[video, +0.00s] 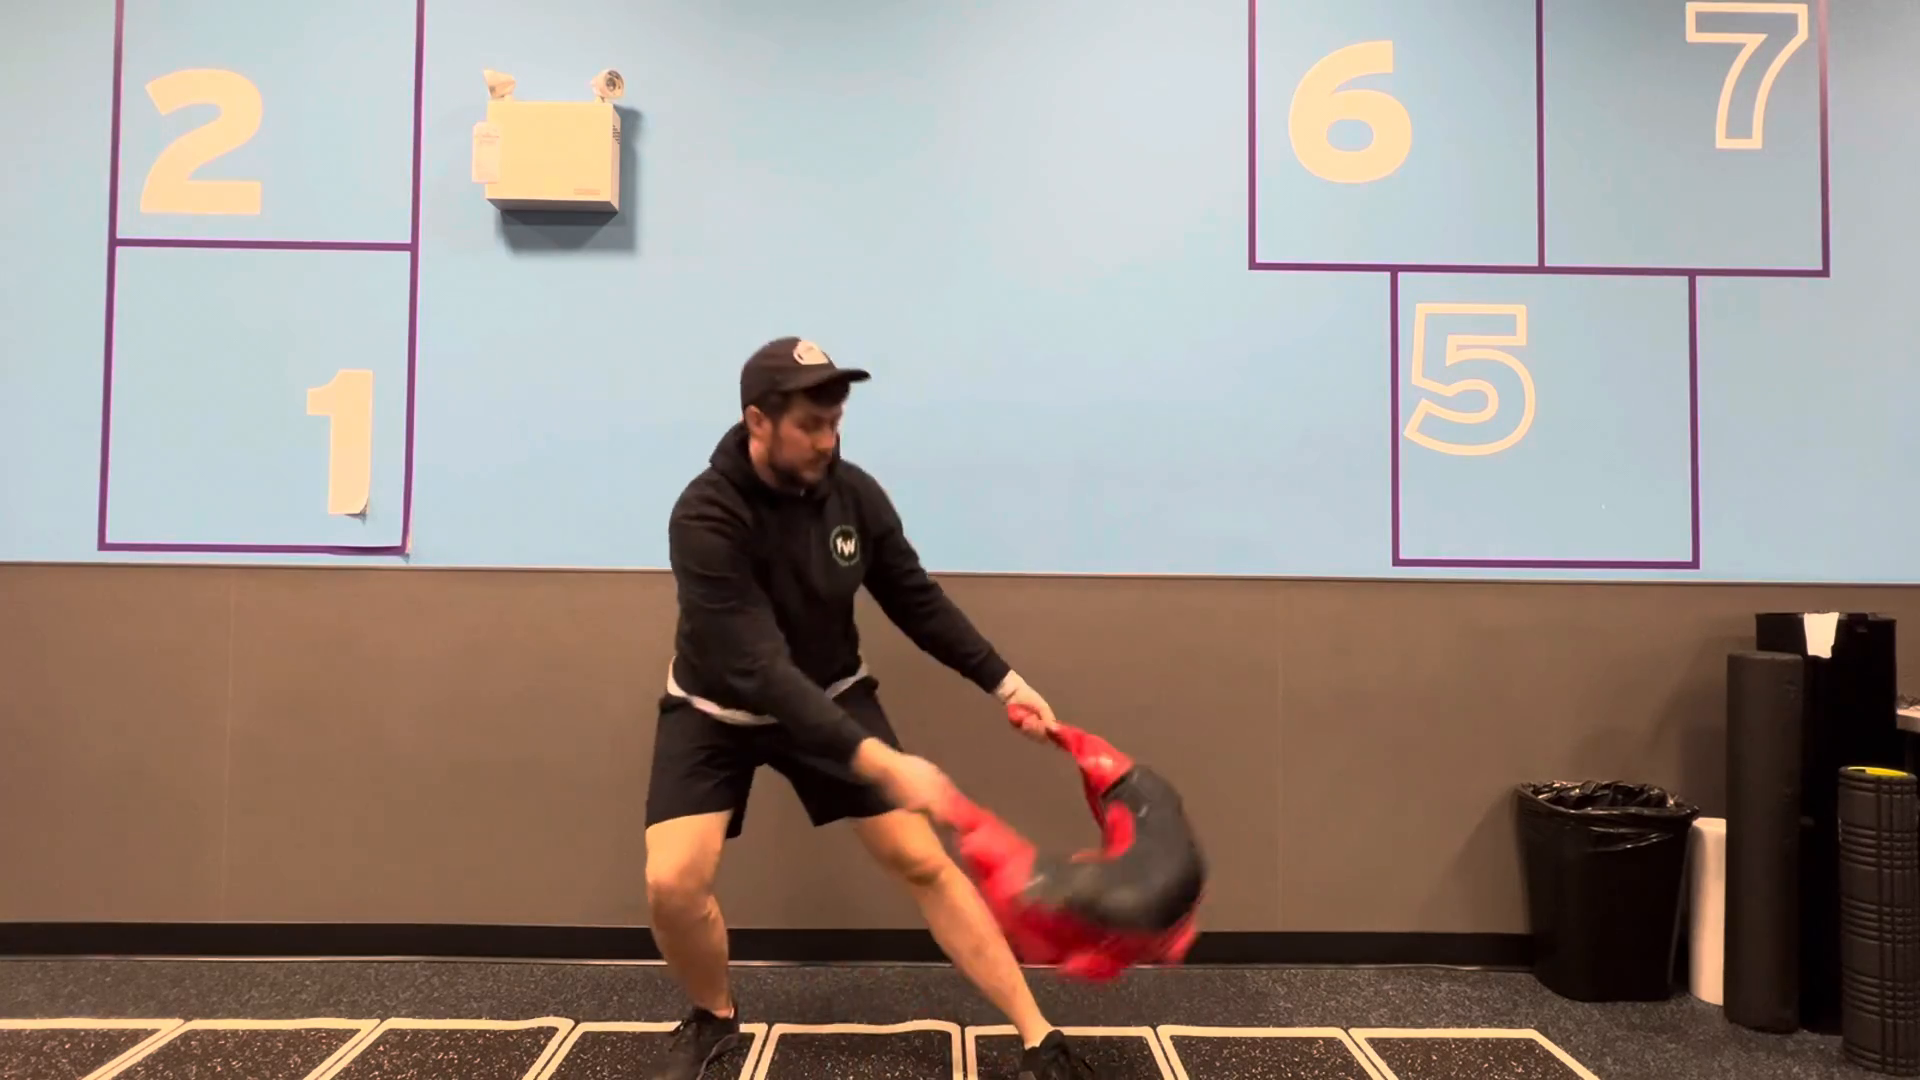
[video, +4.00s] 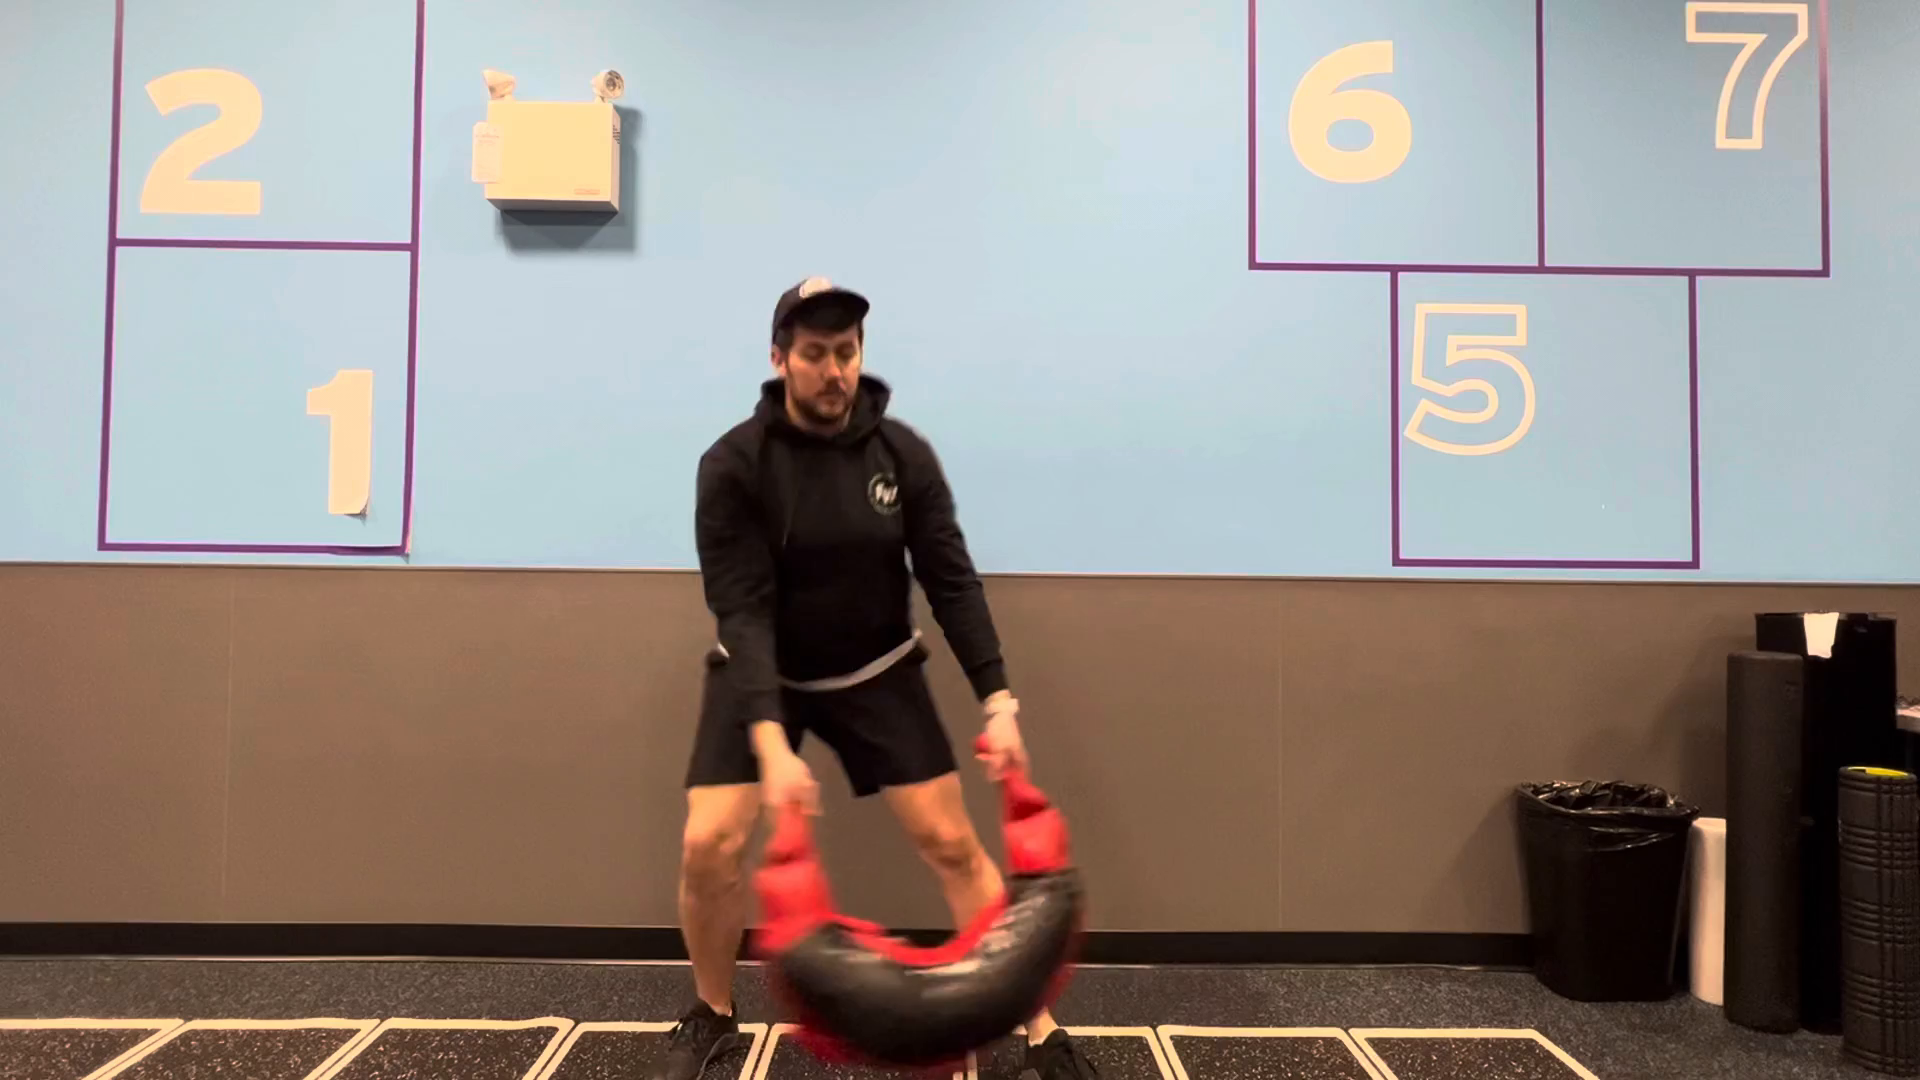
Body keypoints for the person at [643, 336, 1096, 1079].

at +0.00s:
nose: (827, 439)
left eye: (833, 420)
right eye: (810, 423)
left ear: (842, 416)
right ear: (757, 425)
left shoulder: (853, 497)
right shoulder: (707, 518)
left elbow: (916, 601)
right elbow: (761, 670)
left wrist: (1008, 684)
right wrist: (883, 762)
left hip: (832, 698)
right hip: (712, 708)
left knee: (922, 860)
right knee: (672, 885)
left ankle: (1040, 1039)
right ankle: (714, 1021)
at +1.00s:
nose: (836, 403)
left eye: (850, 386)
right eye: (835, 386)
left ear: (906, 386)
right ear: (887, 389)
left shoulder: (962, 487)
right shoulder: (866, 476)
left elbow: (866, 624)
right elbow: (828, 588)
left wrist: (735, 703)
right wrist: (734, 661)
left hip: (1026, 692)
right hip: (911, 689)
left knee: (1076, 891)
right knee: (820, 855)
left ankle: (1048, 1050)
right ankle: (715, 1016)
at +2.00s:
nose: (865, 390)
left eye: (869, 372)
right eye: (845, 376)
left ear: (876, 373)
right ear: (793, 387)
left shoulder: (892, 468)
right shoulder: (750, 481)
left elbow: (949, 578)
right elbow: (783, 636)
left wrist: (1038, 662)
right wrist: (896, 731)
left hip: (867, 682)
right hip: (748, 689)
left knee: (946, 848)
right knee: (701, 868)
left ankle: (1044, 1036)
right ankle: (713, 1020)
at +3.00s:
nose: (887, 395)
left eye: (903, 380)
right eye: (882, 380)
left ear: (958, 382)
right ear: (882, 383)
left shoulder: (1013, 486)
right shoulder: (881, 480)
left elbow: (965, 635)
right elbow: (844, 591)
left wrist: (865, 748)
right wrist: (769, 683)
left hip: (1037, 690)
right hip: (924, 684)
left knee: (1082, 878)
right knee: (826, 845)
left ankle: (1050, 1048)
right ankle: (716, 1013)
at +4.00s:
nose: (836, 371)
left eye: (848, 353)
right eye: (818, 355)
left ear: (863, 358)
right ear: (781, 360)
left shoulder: (903, 457)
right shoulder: (732, 467)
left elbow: (950, 579)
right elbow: (741, 613)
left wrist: (997, 697)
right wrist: (771, 745)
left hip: (877, 672)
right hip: (761, 676)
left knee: (952, 844)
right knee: (707, 846)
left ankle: (1039, 1031)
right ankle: (714, 1013)